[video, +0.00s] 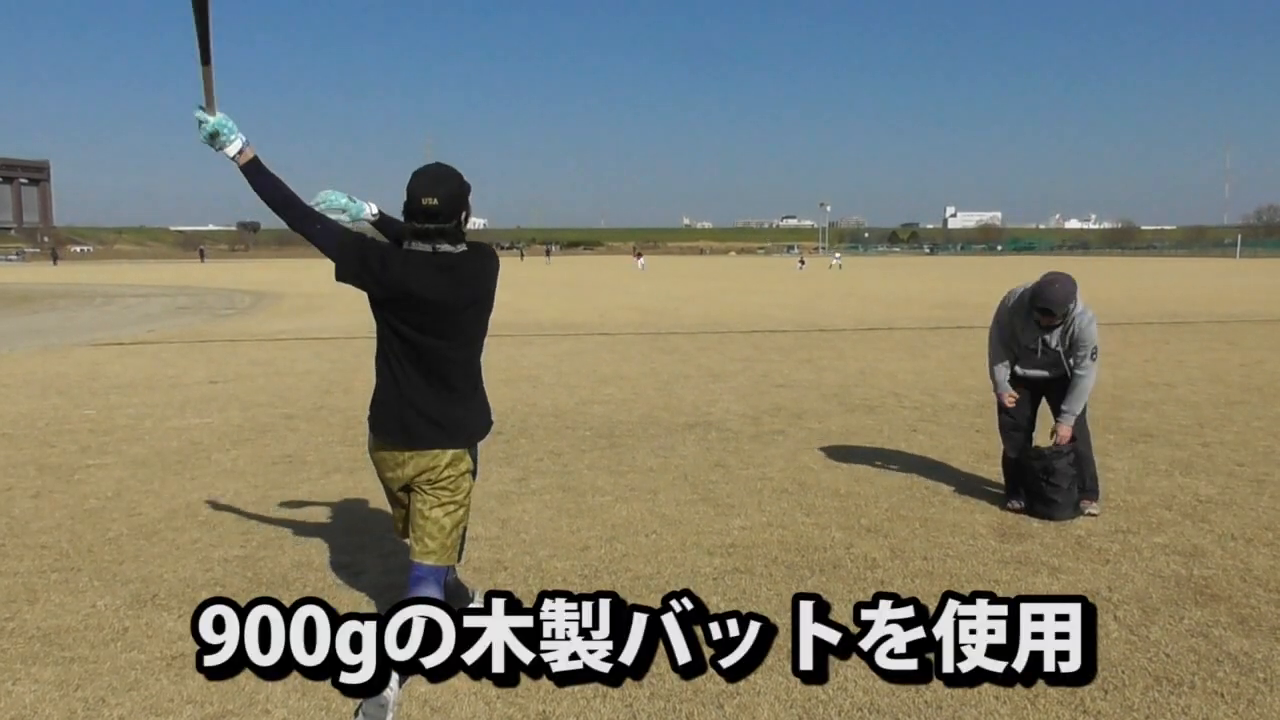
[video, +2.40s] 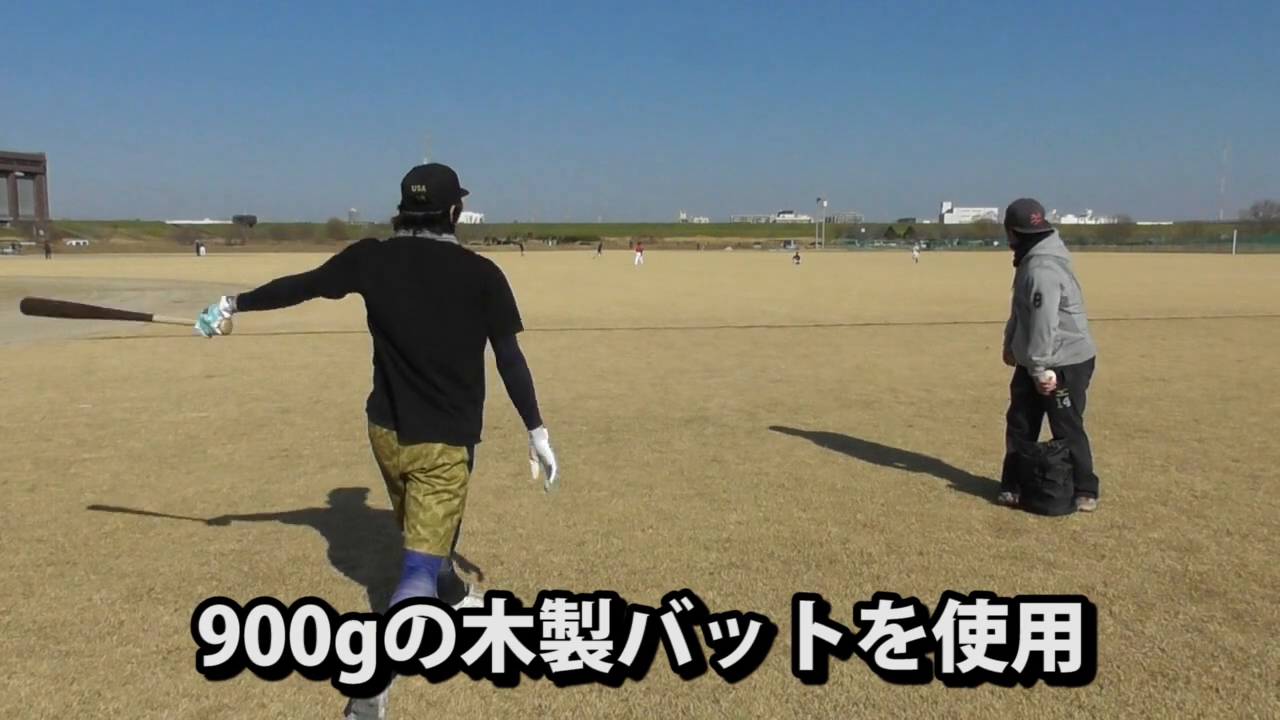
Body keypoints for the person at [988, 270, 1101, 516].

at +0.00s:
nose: (1044, 320)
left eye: (1052, 316)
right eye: (1039, 313)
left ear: (1067, 310)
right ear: (1033, 301)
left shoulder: (1082, 321)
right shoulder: (1013, 305)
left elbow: (1085, 372)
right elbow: (998, 345)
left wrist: (1067, 419)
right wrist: (1002, 385)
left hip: (1062, 379)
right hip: (1021, 377)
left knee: (1076, 433)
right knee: (1014, 434)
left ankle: (1087, 495)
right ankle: (1015, 494)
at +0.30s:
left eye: (1023, 315)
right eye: (1015, 317)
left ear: (1025, 311)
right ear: (1002, 316)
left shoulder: (1052, 328)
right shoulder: (1000, 315)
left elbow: (1056, 383)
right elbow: (996, 344)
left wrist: (1034, 430)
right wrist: (996, 380)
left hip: (1072, 368)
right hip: (1030, 367)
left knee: (1069, 429)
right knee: (1018, 426)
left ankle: (1086, 493)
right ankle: (1015, 488)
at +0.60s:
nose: (986, 320)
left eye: (984, 316)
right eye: (984, 316)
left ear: (984, 315)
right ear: (998, 292)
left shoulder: (1028, 340)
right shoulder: (1009, 298)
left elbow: (1035, 396)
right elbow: (1004, 346)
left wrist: (1027, 438)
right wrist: (1010, 377)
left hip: (1082, 368)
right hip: (1047, 369)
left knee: (1074, 431)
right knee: (1030, 430)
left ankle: (1089, 493)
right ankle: (1019, 490)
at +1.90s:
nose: (979, 282)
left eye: (978, 277)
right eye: (978, 277)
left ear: (988, 280)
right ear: (1004, 262)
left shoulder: (1028, 302)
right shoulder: (1011, 288)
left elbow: (1043, 355)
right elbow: (1007, 330)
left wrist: (1040, 398)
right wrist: (1005, 362)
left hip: (1073, 364)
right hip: (1038, 362)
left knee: (1068, 425)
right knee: (1025, 423)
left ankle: (1088, 491)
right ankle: (1017, 487)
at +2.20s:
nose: (999, 248)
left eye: (1000, 242)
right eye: (999, 242)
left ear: (1004, 244)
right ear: (1029, 231)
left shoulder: (1034, 270)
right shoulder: (1032, 259)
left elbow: (1044, 321)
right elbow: (1018, 311)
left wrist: (1041, 366)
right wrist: (1008, 345)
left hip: (1067, 358)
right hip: (1037, 356)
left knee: (1067, 427)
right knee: (1022, 422)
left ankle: (1086, 490)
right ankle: (1015, 485)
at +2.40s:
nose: (1008, 239)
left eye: (1009, 233)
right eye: (1009, 233)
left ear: (1014, 234)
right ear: (1041, 226)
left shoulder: (1041, 268)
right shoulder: (1035, 259)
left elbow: (1043, 323)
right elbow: (1020, 309)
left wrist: (1040, 366)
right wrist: (1010, 342)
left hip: (1065, 360)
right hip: (1038, 357)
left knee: (1067, 428)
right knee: (1021, 422)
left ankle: (1085, 490)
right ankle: (1015, 485)